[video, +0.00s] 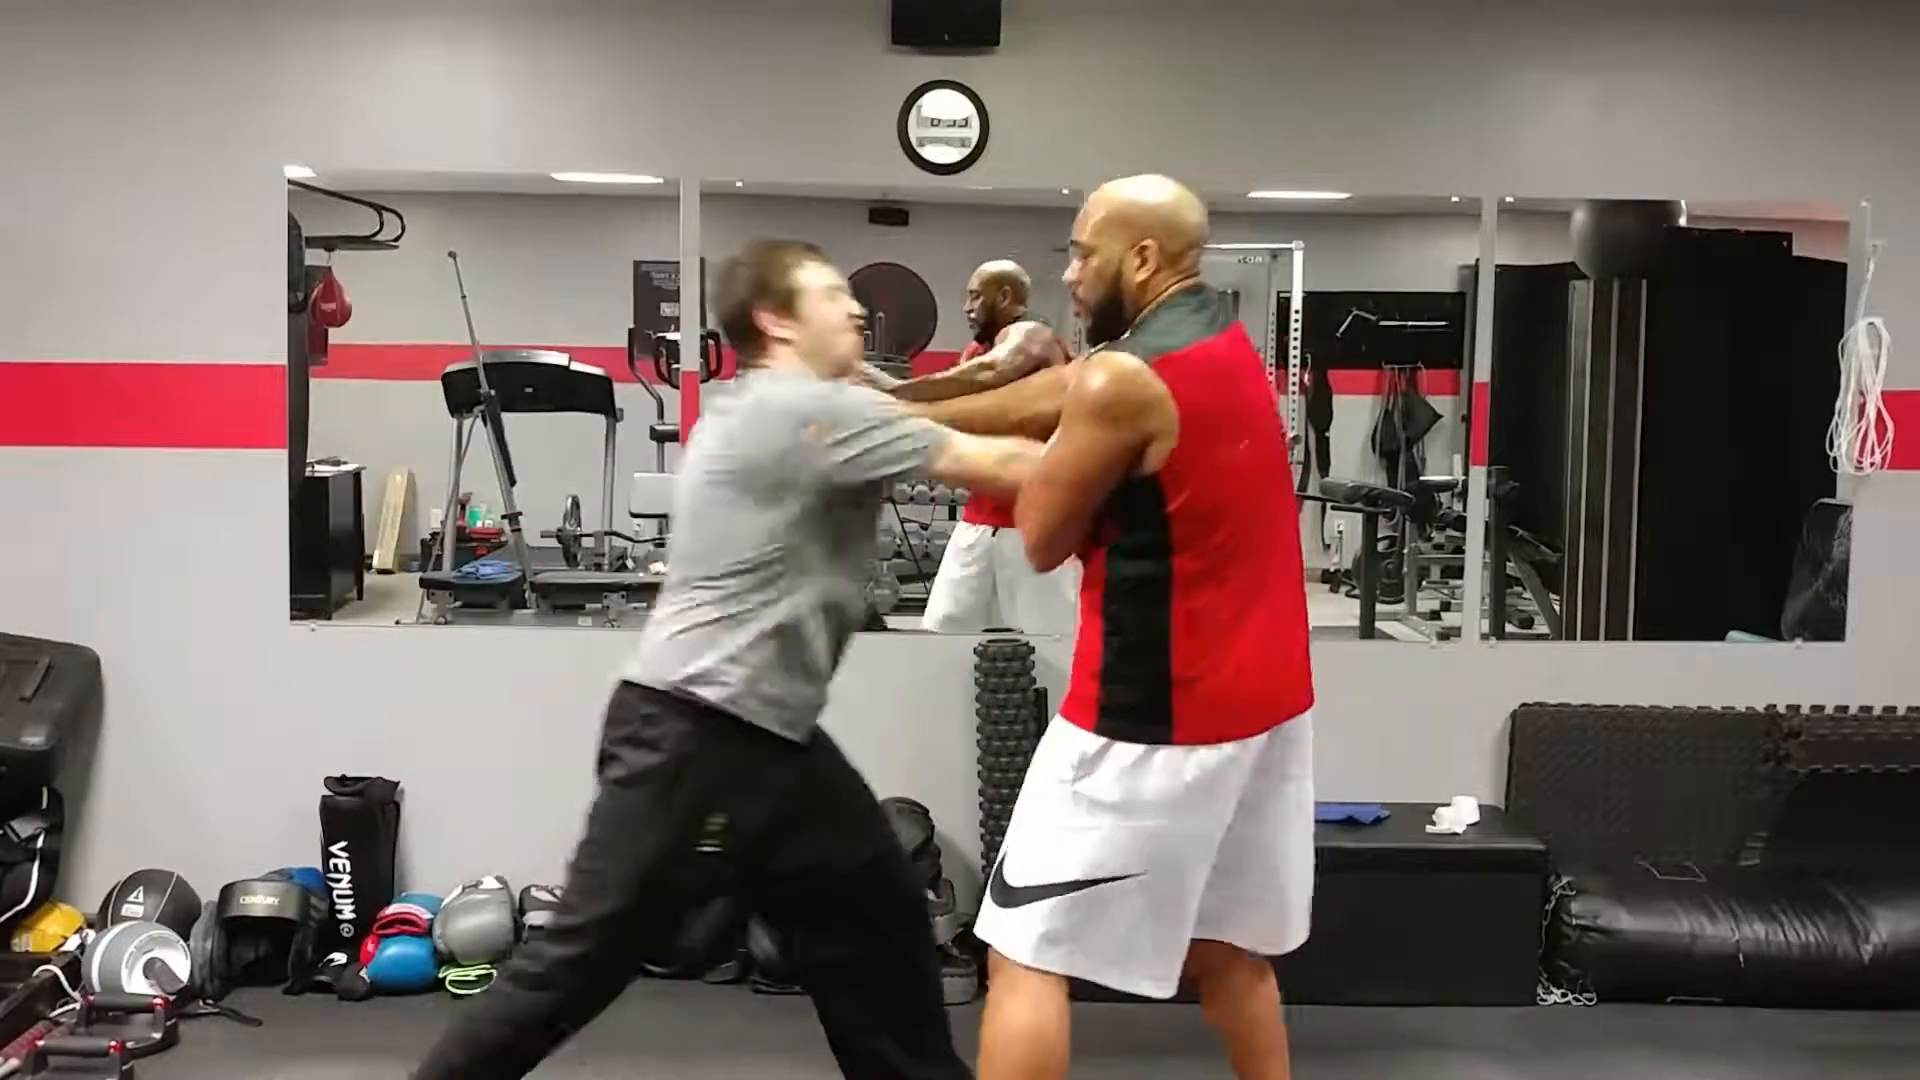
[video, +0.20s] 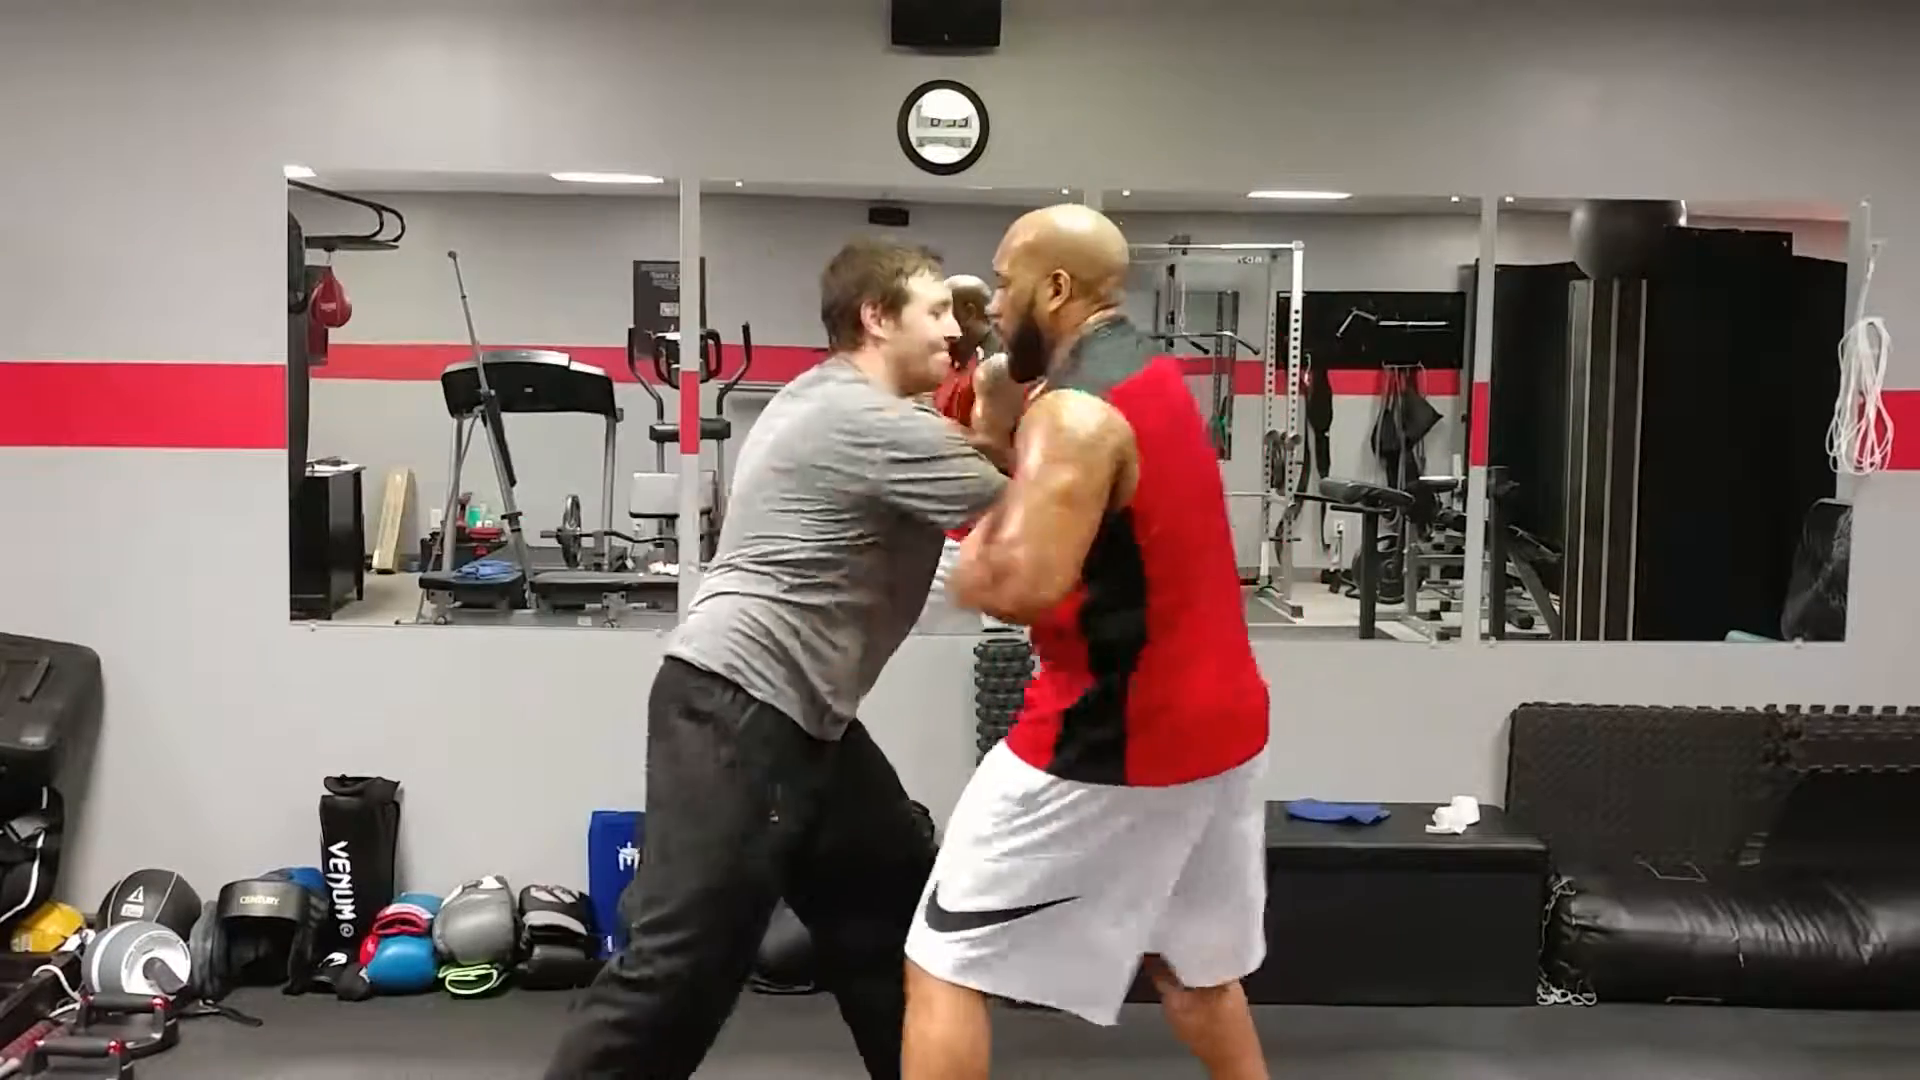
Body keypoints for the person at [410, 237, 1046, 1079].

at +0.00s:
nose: (860, 313)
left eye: (851, 296)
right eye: (838, 296)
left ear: (780, 327)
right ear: (776, 322)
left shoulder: (767, 402)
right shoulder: (802, 407)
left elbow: (928, 417)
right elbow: (996, 466)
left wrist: (1007, 371)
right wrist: (1101, 450)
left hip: (771, 741)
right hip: (688, 729)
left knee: (884, 939)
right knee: (571, 968)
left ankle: (921, 1073)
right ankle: (439, 1073)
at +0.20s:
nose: (954, 331)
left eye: (953, 312)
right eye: (936, 311)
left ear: (872, 324)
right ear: (875, 320)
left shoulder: (821, 403)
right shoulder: (869, 418)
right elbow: (1023, 509)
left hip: (801, 717)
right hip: (736, 701)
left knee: (897, 893)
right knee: (676, 974)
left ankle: (917, 1066)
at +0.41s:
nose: (970, 351)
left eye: (969, 331)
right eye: (953, 328)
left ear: (881, 332)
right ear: (886, 329)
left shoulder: (819, 413)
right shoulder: (876, 431)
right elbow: (1025, 506)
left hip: (809, 730)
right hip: (734, 716)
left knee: (914, 935)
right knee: (655, 977)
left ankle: (911, 1071)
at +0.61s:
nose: (983, 355)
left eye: (983, 336)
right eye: (970, 334)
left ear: (895, 333)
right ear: (909, 330)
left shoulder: (834, 404)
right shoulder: (891, 428)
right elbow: (1040, 473)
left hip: (819, 732)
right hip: (741, 722)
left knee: (918, 945)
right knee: (657, 984)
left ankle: (918, 1073)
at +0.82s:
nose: (987, 354)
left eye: (986, 335)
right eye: (972, 332)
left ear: (900, 335)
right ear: (907, 331)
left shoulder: (852, 407)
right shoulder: (886, 430)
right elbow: (1036, 493)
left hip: (829, 735)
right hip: (735, 723)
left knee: (919, 951)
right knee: (658, 981)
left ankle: (913, 1073)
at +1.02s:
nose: (968, 347)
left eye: (969, 328)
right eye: (953, 323)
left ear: (886, 328)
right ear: (887, 325)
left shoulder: (883, 424)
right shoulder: (854, 431)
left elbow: (1019, 497)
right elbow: (1024, 524)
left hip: (815, 730)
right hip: (711, 714)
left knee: (897, 939)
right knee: (642, 971)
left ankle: (911, 1073)